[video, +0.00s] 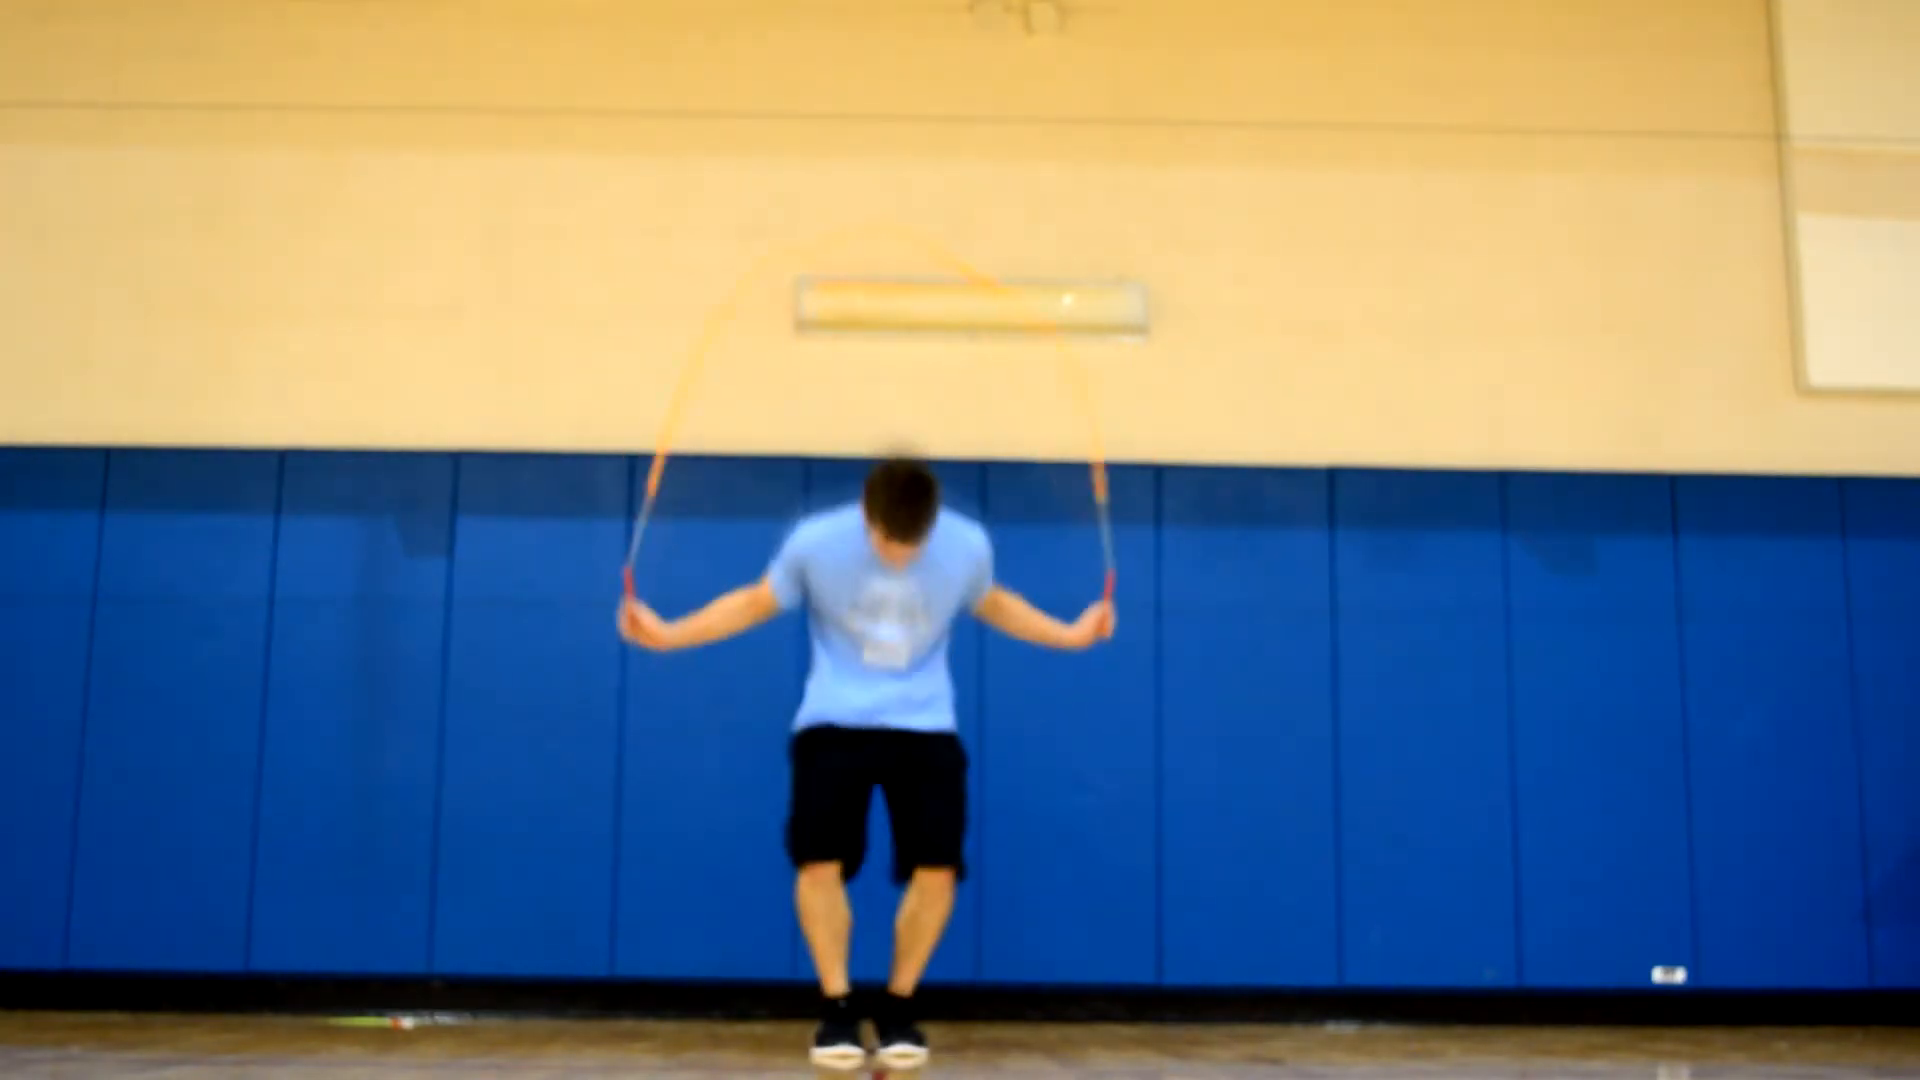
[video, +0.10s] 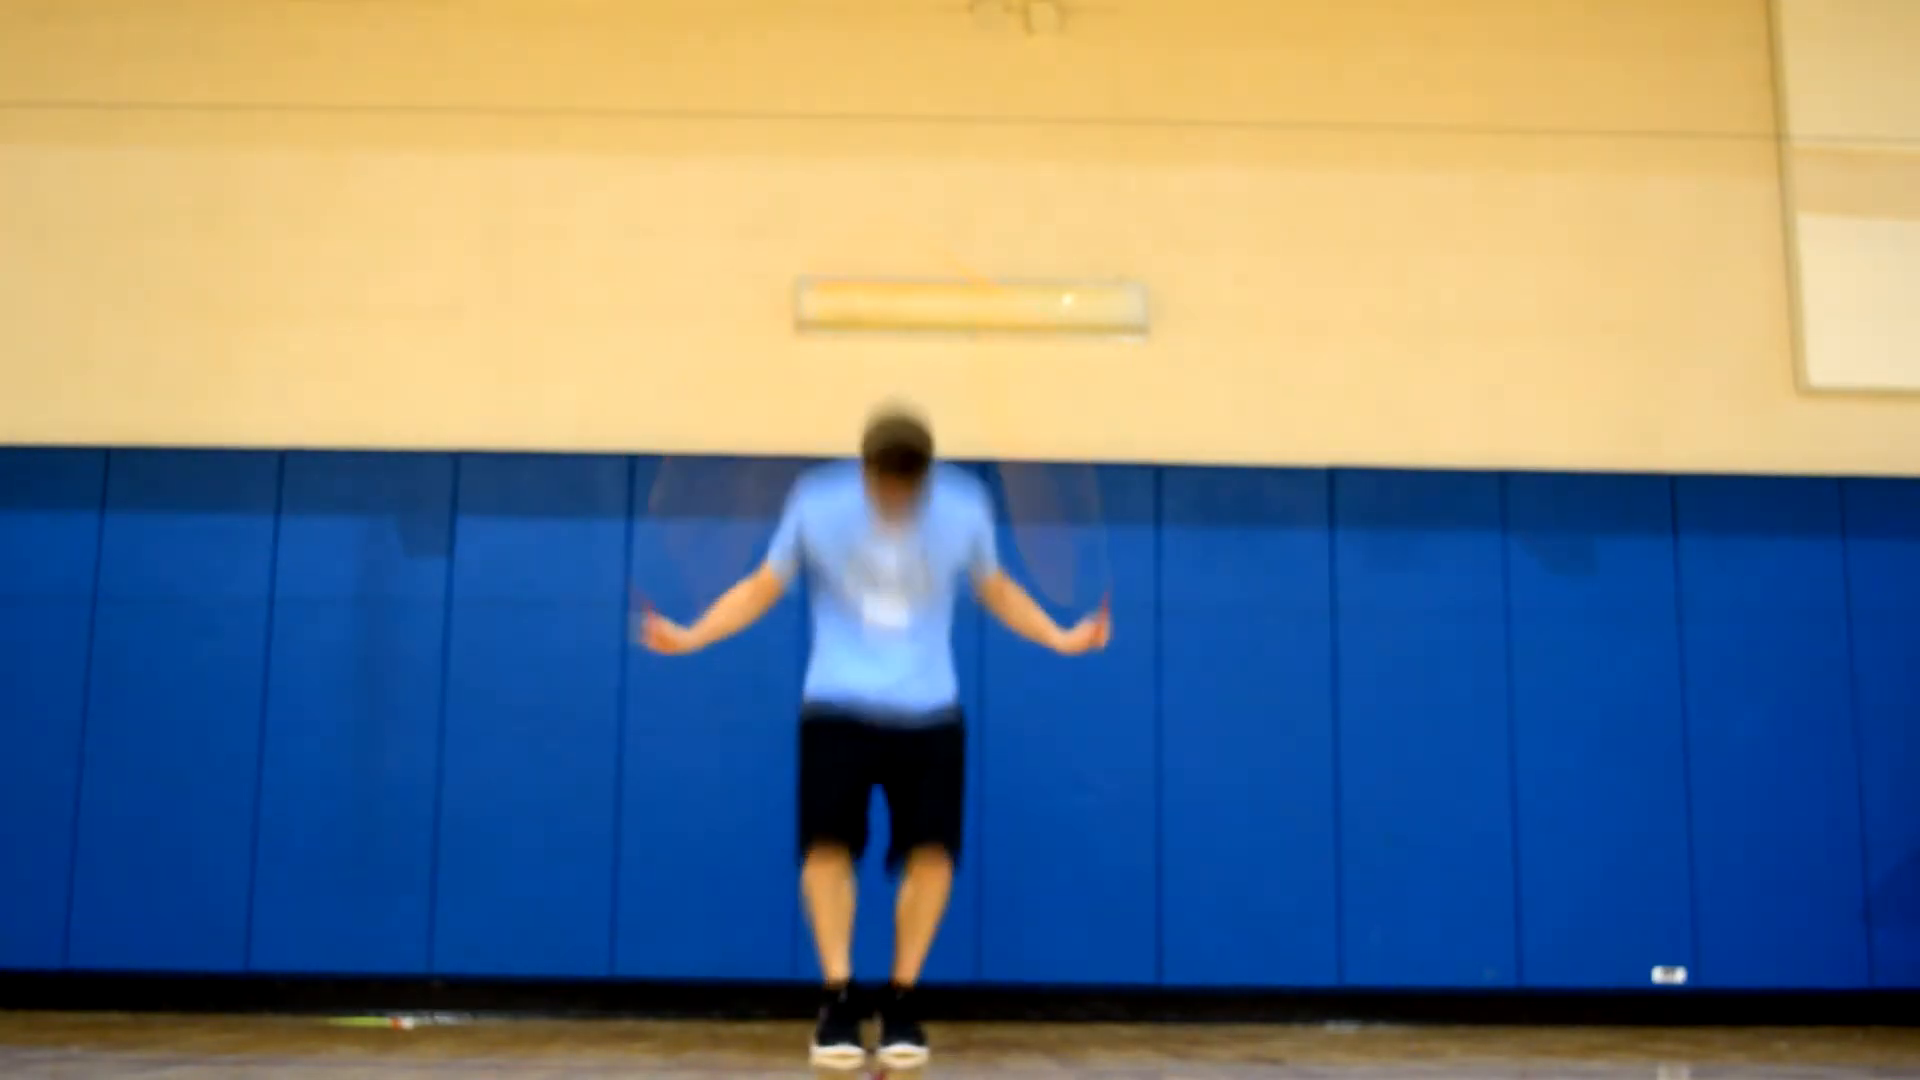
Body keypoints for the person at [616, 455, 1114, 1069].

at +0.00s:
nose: (897, 554)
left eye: (909, 545)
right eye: (887, 541)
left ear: (930, 528)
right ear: (868, 519)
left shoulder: (964, 548)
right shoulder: (818, 544)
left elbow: (989, 603)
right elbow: (758, 601)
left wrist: (1070, 634)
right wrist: (667, 635)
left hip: (925, 724)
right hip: (834, 721)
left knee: (937, 867)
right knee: (818, 861)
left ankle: (898, 1010)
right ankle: (837, 1012)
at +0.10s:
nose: (894, 502)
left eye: (904, 492)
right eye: (884, 490)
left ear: (925, 475)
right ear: (866, 472)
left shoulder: (961, 509)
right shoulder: (818, 505)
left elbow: (993, 586)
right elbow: (765, 584)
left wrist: (1061, 638)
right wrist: (690, 637)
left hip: (928, 711)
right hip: (838, 708)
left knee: (932, 851)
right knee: (827, 848)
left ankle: (902, 1006)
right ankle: (838, 1002)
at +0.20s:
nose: (893, 466)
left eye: (904, 454)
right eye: (882, 452)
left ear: (924, 436)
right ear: (864, 433)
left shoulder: (963, 475)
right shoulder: (819, 473)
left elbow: (996, 565)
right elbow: (773, 564)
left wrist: (1053, 635)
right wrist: (710, 635)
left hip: (928, 676)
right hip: (840, 673)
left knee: (926, 823)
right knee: (835, 818)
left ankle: (903, 991)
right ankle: (842, 986)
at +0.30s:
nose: (892, 425)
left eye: (904, 413)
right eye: (881, 412)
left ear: (924, 397)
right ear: (863, 395)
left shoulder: (964, 444)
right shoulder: (820, 441)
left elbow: (996, 546)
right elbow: (780, 545)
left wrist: (1049, 632)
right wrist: (724, 634)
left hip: (930, 645)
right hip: (843, 642)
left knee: (918, 799)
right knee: (844, 795)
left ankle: (904, 978)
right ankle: (847, 974)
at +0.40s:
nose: (895, 403)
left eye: (907, 390)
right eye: (884, 389)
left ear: (926, 376)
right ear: (863, 373)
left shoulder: (964, 428)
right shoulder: (822, 427)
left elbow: (992, 532)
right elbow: (788, 531)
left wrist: (1045, 622)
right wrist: (735, 627)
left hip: (932, 628)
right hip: (847, 625)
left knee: (916, 791)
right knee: (851, 789)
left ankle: (903, 966)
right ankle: (854, 961)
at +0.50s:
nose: (898, 391)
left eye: (909, 377)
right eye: (886, 377)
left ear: (929, 364)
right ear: (865, 362)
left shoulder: (965, 421)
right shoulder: (824, 421)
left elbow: (988, 527)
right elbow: (795, 529)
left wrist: (1037, 619)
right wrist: (744, 624)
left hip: (933, 624)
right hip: (850, 622)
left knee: (917, 790)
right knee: (855, 789)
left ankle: (905, 966)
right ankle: (861, 964)